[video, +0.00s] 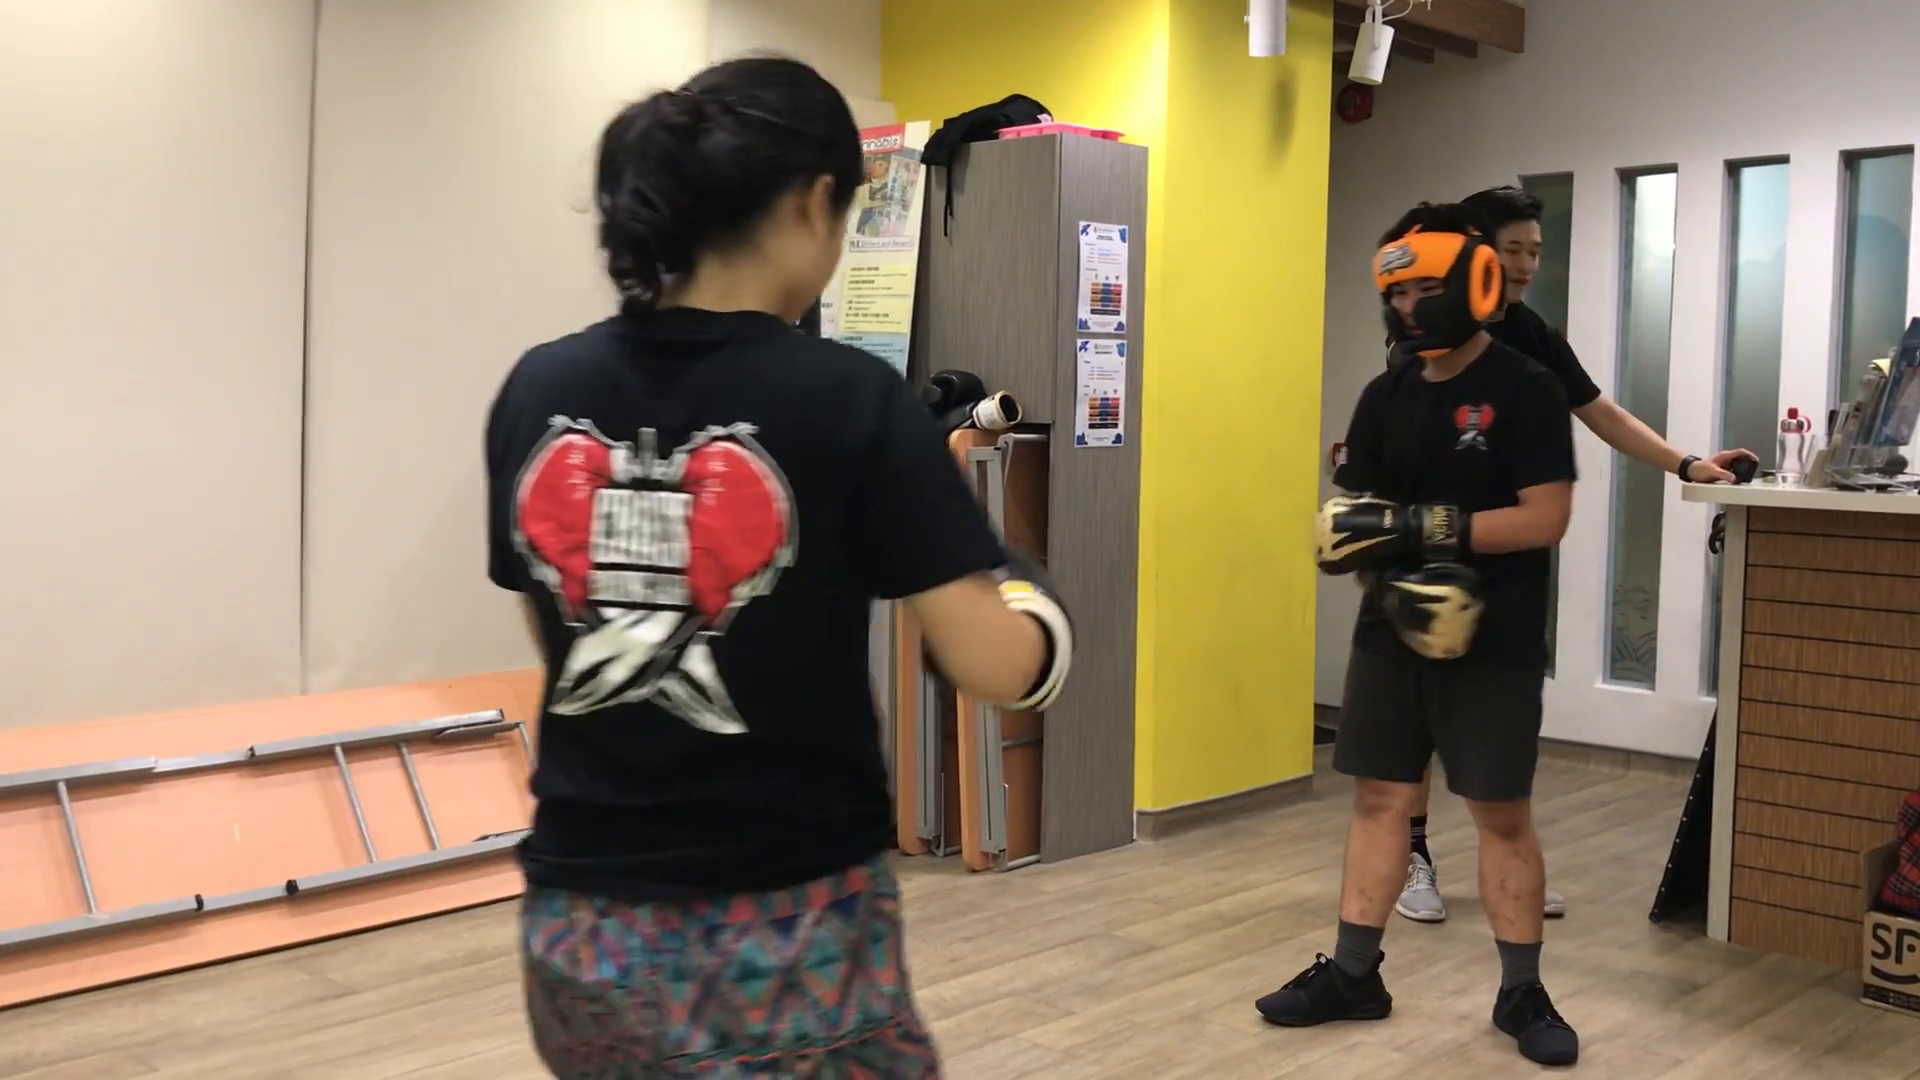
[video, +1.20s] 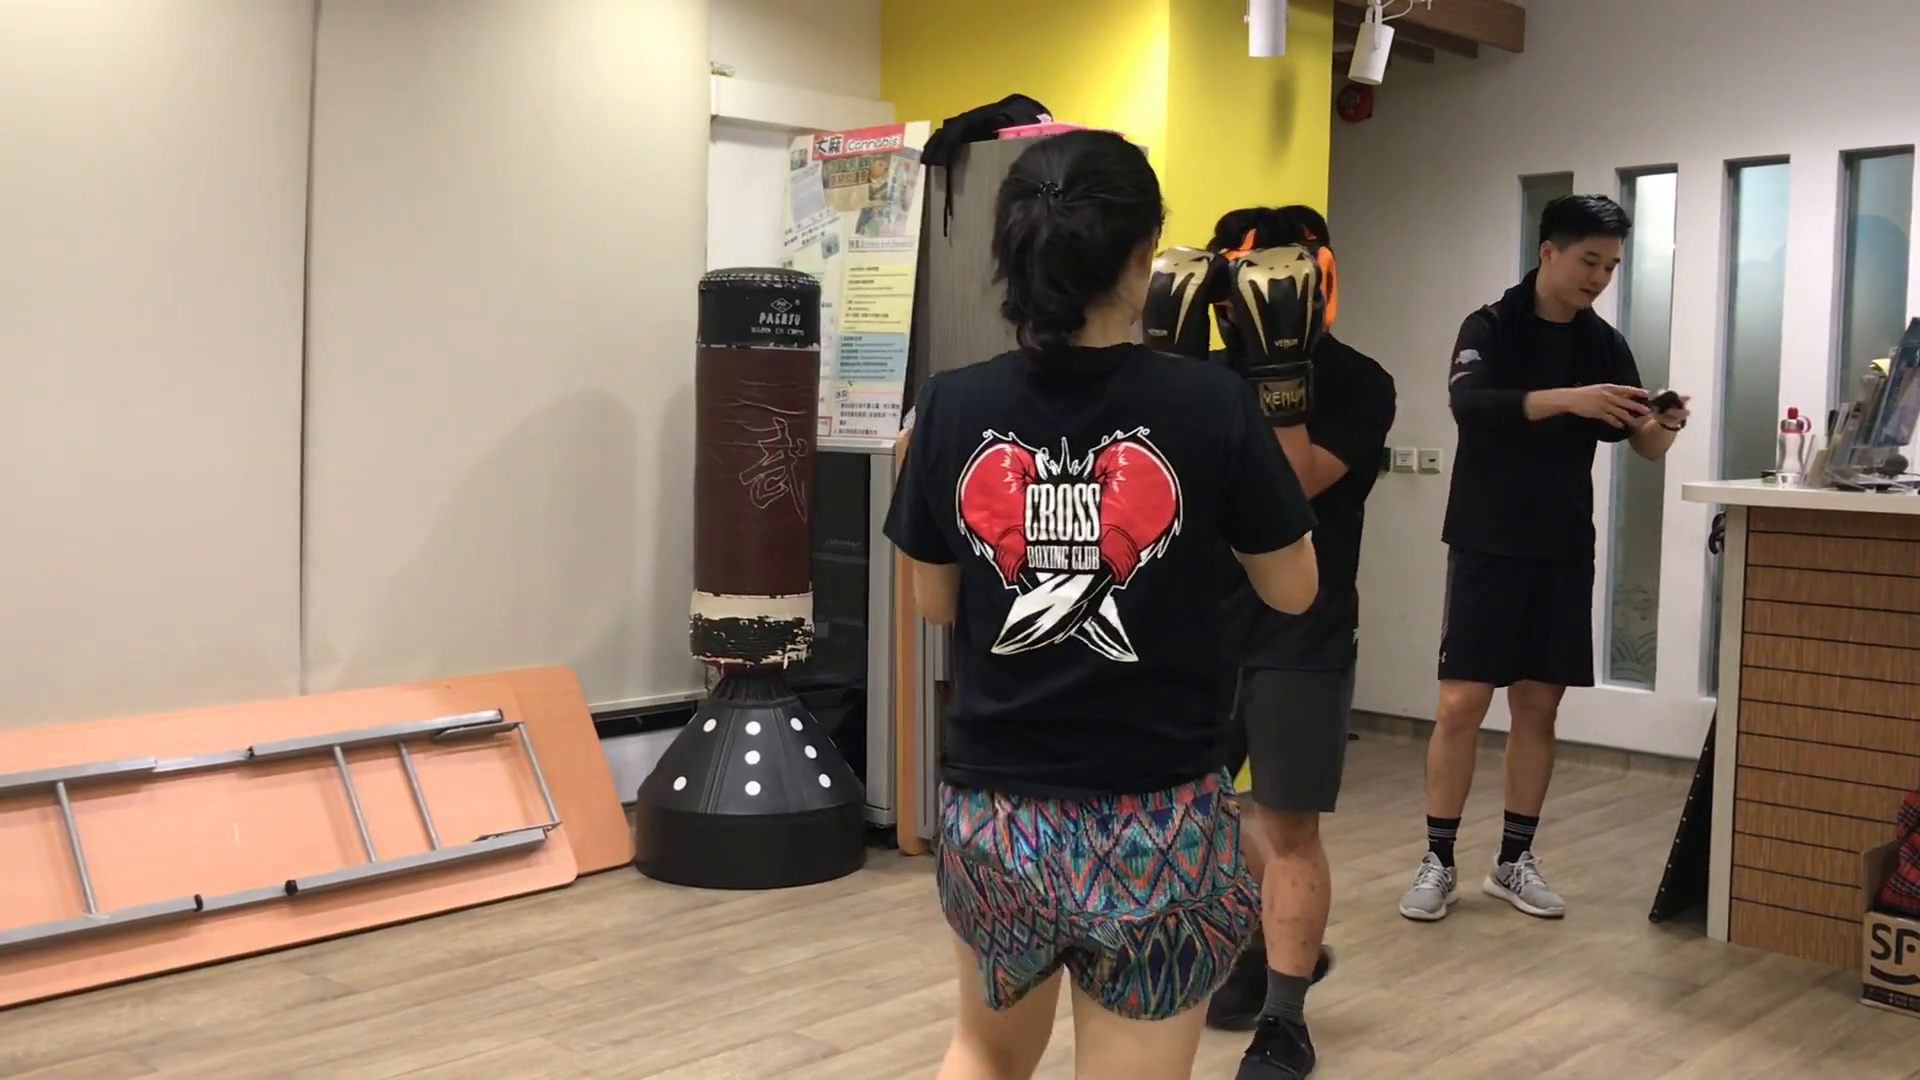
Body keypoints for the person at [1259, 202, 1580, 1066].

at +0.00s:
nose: (1405, 306)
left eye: (1421, 288)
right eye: (1396, 292)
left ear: (1472, 289)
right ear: (1390, 301)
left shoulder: (1527, 392)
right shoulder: (1384, 396)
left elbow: (1548, 518)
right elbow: (1354, 512)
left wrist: (1425, 527)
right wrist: (1350, 545)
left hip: (1497, 636)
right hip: (1394, 625)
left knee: (1502, 815)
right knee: (1380, 795)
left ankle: (1522, 991)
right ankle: (1354, 969)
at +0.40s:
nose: (1300, 310)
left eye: (1316, 291)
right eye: (1287, 297)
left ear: (1370, 286)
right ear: (1277, 303)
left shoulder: (1420, 384)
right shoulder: (1290, 398)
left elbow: (1459, 509)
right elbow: (1253, 506)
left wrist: (1346, 519)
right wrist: (1227, 560)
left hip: (1413, 620)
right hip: (1323, 622)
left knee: (1413, 796)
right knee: (1339, 791)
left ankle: (1467, 978)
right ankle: (1350, 972)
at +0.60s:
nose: (1276, 317)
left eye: (1293, 297)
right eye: (1263, 302)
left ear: (1345, 289)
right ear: (1254, 305)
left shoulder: (1397, 385)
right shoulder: (1266, 395)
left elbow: (1418, 513)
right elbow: (1222, 510)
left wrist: (1335, 467)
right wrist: (1172, 491)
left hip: (1384, 619)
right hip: (1301, 620)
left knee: (1361, 802)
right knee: (1319, 797)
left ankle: (1359, 1000)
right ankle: (1339, 964)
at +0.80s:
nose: (1270, 306)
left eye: (1290, 287)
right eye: (1256, 291)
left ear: (1340, 289)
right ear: (1244, 299)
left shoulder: (1385, 387)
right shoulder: (1249, 390)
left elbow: (1363, 493)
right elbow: (1180, 484)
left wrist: (1322, 381)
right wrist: (1151, 384)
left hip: (1352, 627)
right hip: (1272, 626)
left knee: (1314, 812)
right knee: (1308, 808)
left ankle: (1284, 1021)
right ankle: (1350, 971)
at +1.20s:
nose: (1260, 294)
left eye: (1278, 275)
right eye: (1247, 277)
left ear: (1317, 278)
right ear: (1222, 283)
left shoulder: (1358, 382)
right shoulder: (1211, 374)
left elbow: (1298, 478)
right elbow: (1165, 457)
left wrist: (1271, 369)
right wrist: (1177, 350)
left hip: (1303, 639)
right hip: (1210, 628)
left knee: (1286, 827)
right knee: (1205, 809)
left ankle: (1282, 1025)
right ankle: (1272, 941)